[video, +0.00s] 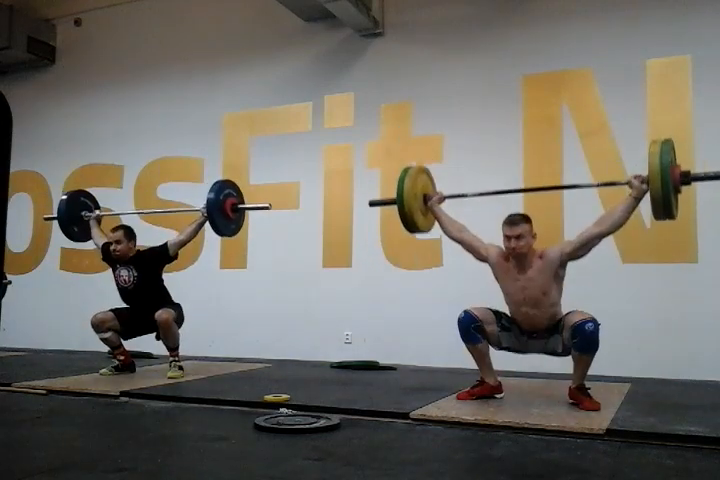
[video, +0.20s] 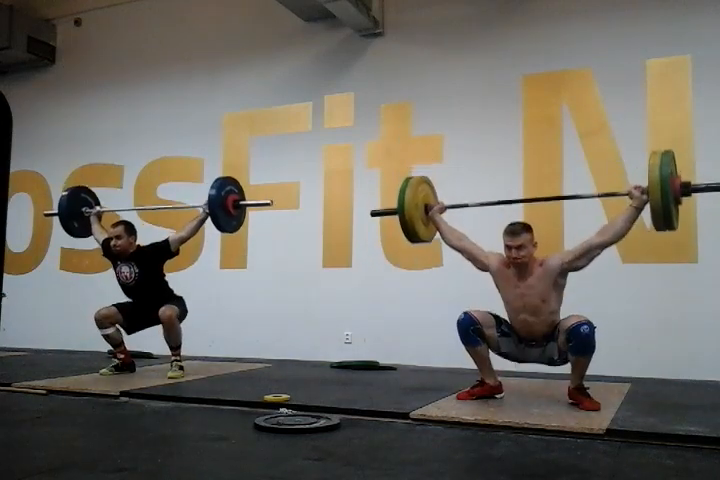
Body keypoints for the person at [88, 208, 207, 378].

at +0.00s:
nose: (113, 248)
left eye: (118, 243)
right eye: (111, 244)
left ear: (132, 244)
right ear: (109, 246)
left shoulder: (150, 257)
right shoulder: (114, 260)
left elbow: (181, 240)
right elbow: (98, 239)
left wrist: (203, 218)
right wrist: (93, 221)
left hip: (164, 311)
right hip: (138, 313)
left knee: (163, 317)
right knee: (99, 321)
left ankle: (175, 362)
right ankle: (125, 362)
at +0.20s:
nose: (113, 243)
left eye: (118, 238)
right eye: (111, 239)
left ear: (132, 240)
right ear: (109, 242)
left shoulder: (151, 253)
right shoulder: (115, 255)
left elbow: (182, 236)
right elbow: (99, 234)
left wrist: (204, 214)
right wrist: (94, 217)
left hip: (168, 303)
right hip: (142, 307)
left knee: (167, 314)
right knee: (102, 317)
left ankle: (176, 362)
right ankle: (125, 362)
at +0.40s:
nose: (115, 228)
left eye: (120, 223)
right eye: (113, 224)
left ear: (134, 225)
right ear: (111, 227)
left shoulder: (152, 239)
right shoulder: (116, 242)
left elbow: (185, 222)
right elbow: (101, 223)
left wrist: (208, 199)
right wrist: (95, 205)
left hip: (170, 291)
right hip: (144, 294)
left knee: (169, 311)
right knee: (106, 314)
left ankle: (177, 361)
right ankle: (124, 361)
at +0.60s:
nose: (119, 208)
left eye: (123, 203)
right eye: (117, 205)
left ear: (137, 204)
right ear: (115, 207)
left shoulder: (155, 220)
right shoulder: (118, 222)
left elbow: (186, 202)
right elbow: (103, 203)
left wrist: (211, 179)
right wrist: (98, 186)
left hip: (169, 276)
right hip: (144, 280)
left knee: (169, 309)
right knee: (110, 311)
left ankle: (177, 361)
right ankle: (124, 360)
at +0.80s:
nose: (123, 181)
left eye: (128, 177)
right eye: (122, 178)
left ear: (142, 179)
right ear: (121, 181)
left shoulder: (160, 194)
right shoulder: (123, 196)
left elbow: (191, 176)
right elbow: (109, 181)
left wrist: (213, 154)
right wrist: (105, 162)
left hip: (167, 261)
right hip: (140, 263)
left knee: (170, 304)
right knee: (121, 306)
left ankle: (178, 360)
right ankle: (125, 359)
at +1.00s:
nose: (139, 168)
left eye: (143, 164)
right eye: (137, 164)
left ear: (156, 164)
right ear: (135, 167)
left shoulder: (172, 182)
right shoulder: (135, 184)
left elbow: (200, 162)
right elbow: (118, 164)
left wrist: (219, 136)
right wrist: (111, 148)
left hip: (171, 257)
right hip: (145, 257)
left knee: (175, 306)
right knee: (136, 305)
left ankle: (182, 359)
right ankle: (128, 358)